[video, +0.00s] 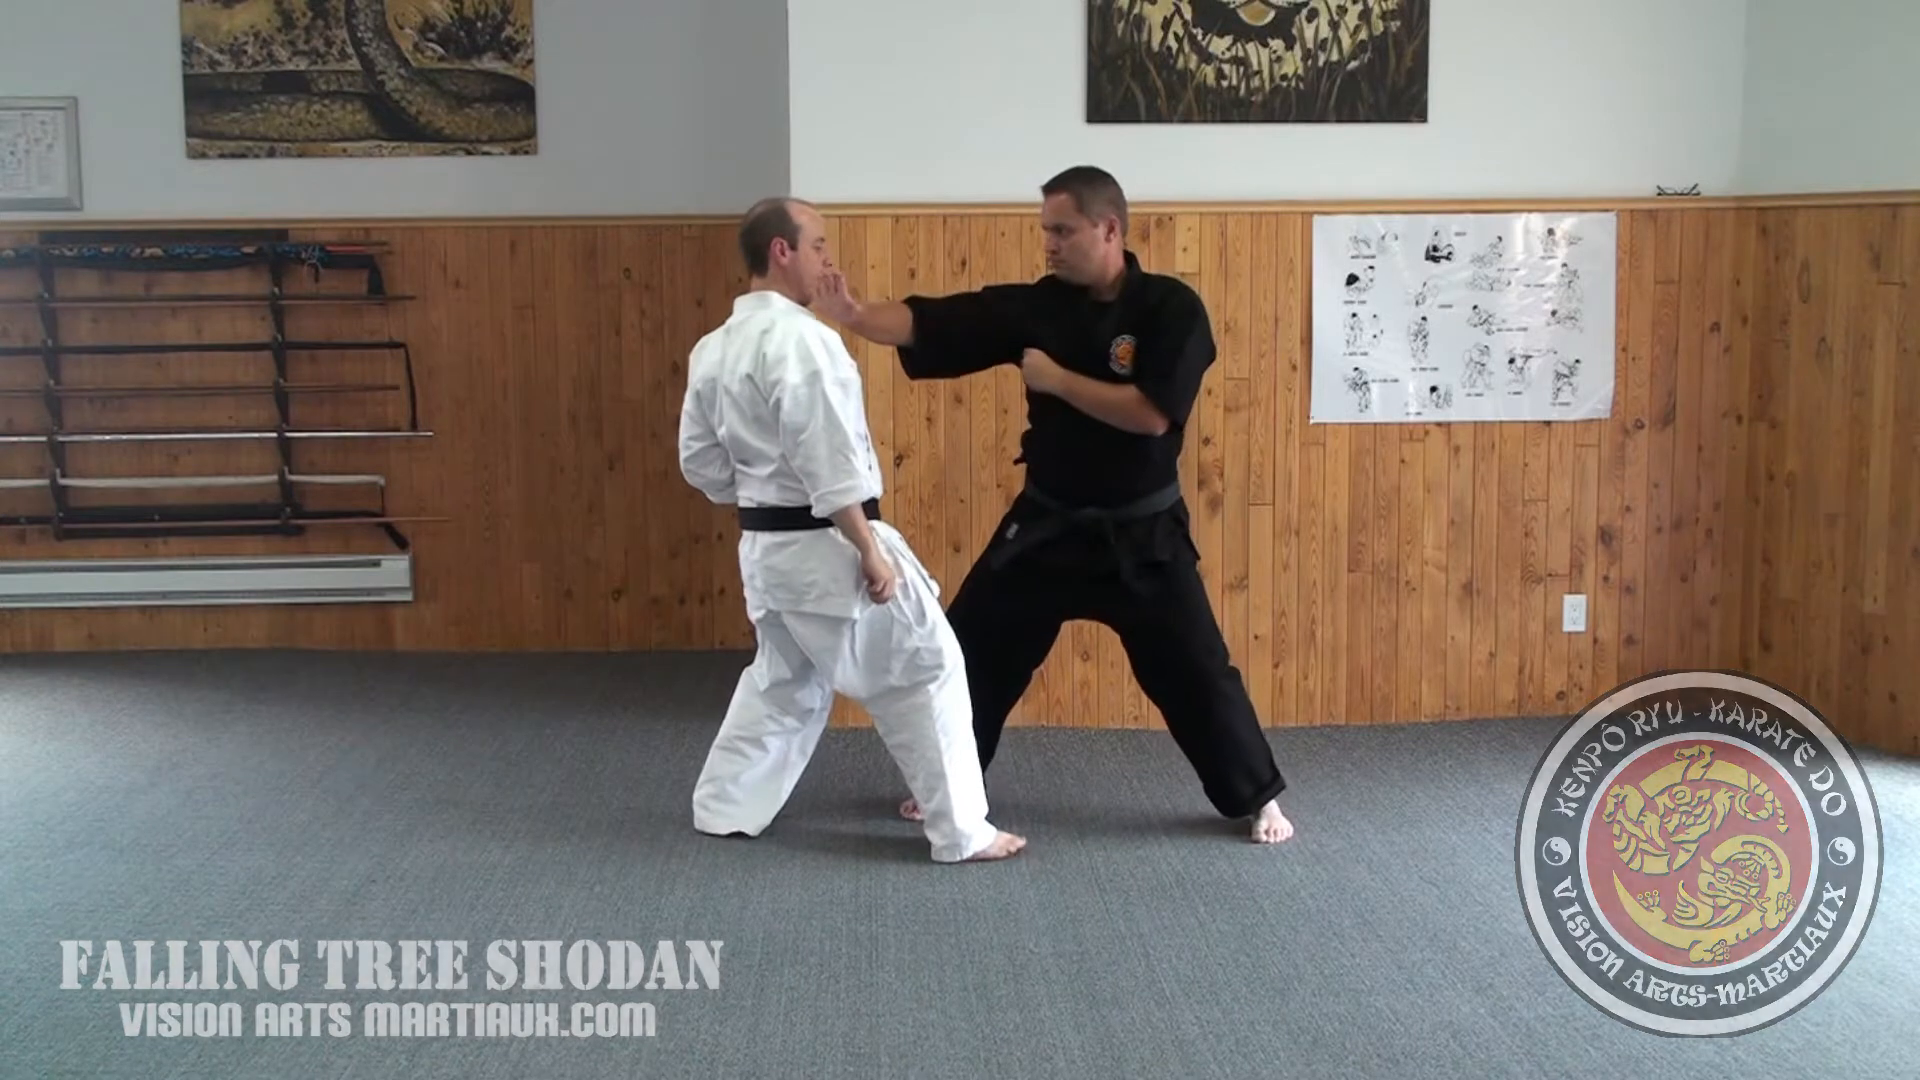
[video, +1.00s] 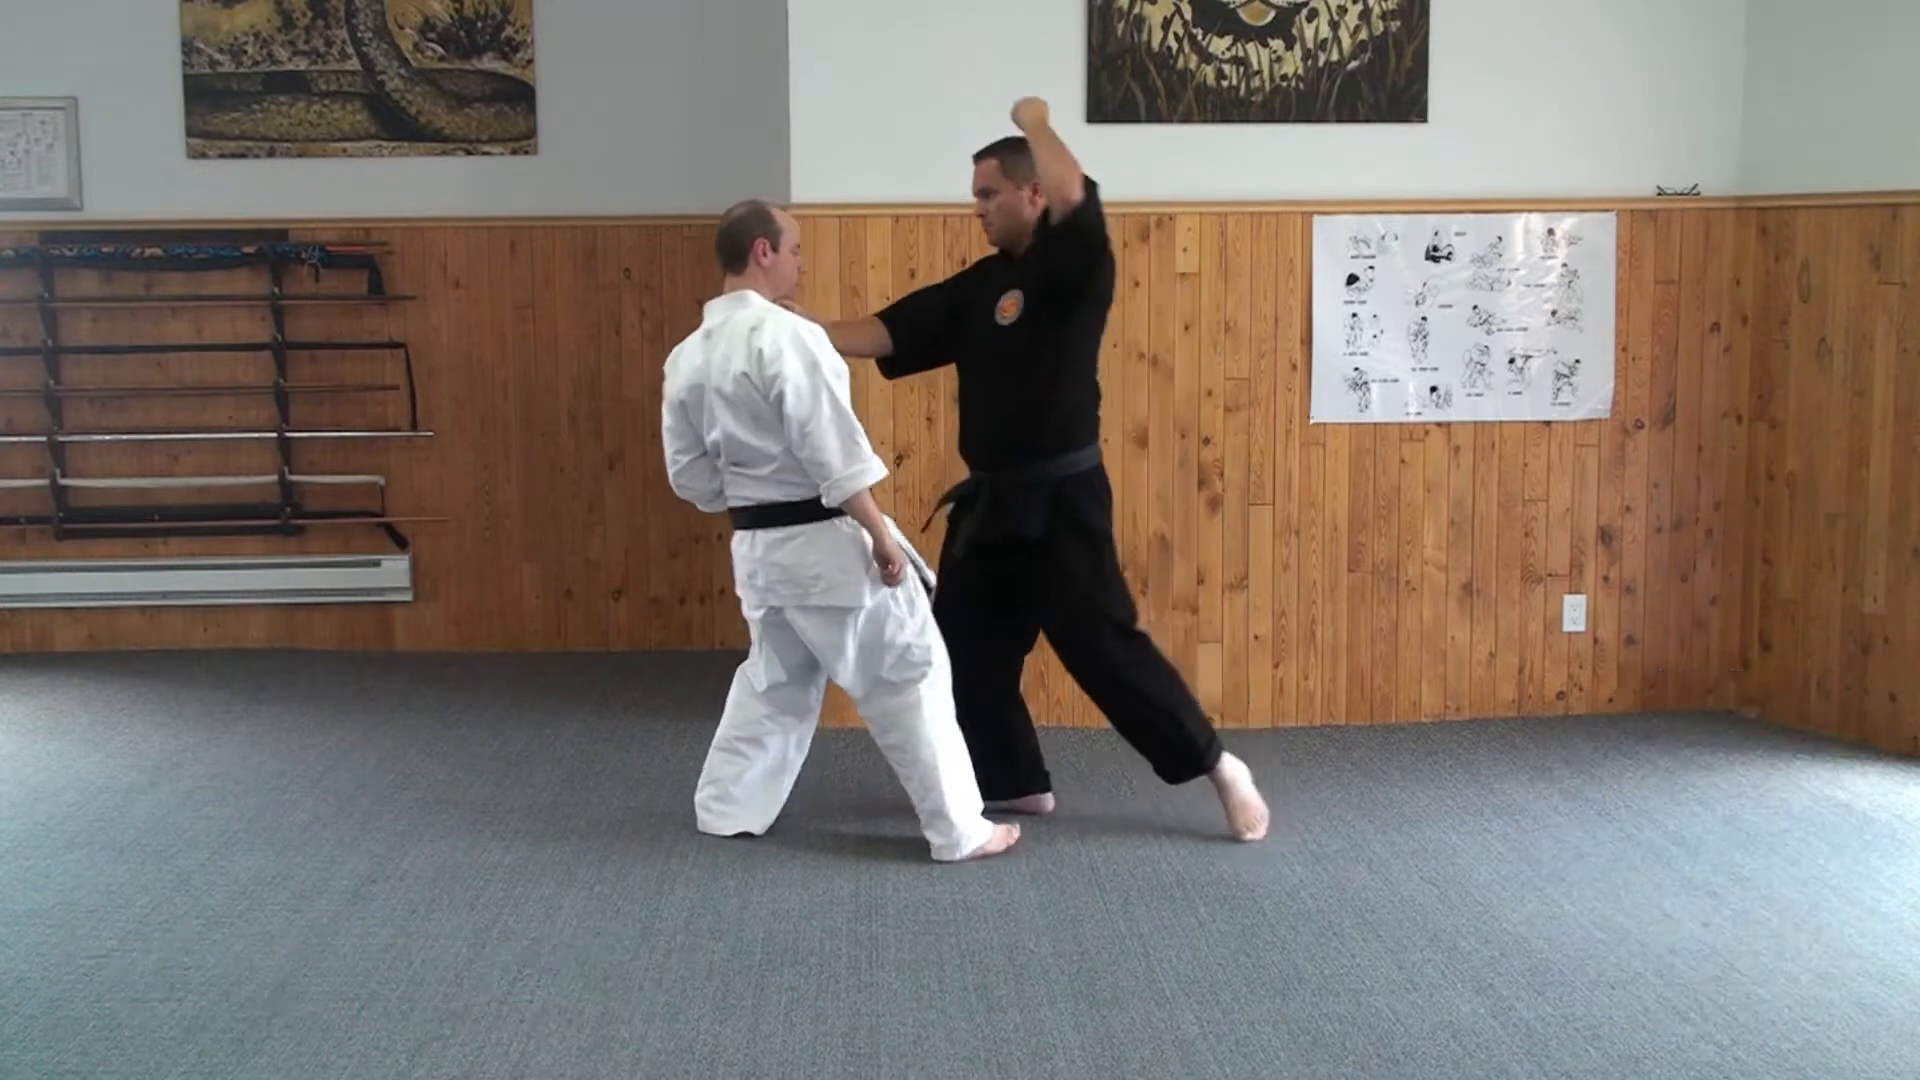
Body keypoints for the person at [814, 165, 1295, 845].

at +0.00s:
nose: (1048, 244)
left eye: (1061, 231)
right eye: (1045, 230)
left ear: (1111, 231)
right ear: (1048, 231)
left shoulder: (1171, 309)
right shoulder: (1034, 307)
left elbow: (1155, 414)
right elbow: (931, 322)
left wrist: (1055, 380)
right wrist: (857, 315)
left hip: (1142, 532)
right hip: (1043, 527)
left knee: (1197, 667)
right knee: (973, 651)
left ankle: (1258, 798)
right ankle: (946, 785)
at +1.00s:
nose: (977, 207)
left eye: (987, 193)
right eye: (975, 196)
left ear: (1033, 193)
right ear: (992, 202)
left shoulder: (1072, 262)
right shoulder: (976, 287)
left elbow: (1073, 197)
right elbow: (883, 333)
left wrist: (1037, 130)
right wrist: (792, 333)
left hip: (1063, 491)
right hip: (991, 495)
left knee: (1101, 642)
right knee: (967, 644)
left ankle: (1218, 767)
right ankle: (1017, 784)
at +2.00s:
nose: (835, 206)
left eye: (846, 195)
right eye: (841, 197)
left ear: (872, 206)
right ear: (899, 215)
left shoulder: (837, 269)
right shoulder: (911, 287)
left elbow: (755, 194)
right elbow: (800, 354)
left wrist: (845, 184)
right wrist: (710, 336)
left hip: (836, 512)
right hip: (911, 509)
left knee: (752, 666)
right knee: (925, 654)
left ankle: (724, 847)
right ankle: (995, 789)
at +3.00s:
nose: (788, 216)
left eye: (792, 204)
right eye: (793, 203)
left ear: (812, 208)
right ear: (865, 216)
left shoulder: (776, 285)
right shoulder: (896, 298)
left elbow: (676, 316)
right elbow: (817, 378)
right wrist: (705, 361)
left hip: (790, 527)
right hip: (880, 522)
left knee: (715, 683)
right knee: (904, 666)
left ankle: (722, 855)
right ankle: (962, 807)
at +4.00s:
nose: (729, 361)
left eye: (730, 351)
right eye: (731, 352)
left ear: (752, 340)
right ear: (792, 330)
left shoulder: (762, 373)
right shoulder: (853, 371)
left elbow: (647, 341)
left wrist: (579, 307)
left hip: (894, 586)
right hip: (938, 566)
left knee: (968, 730)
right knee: (825, 653)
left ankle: (1121, 865)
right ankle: (826, 807)